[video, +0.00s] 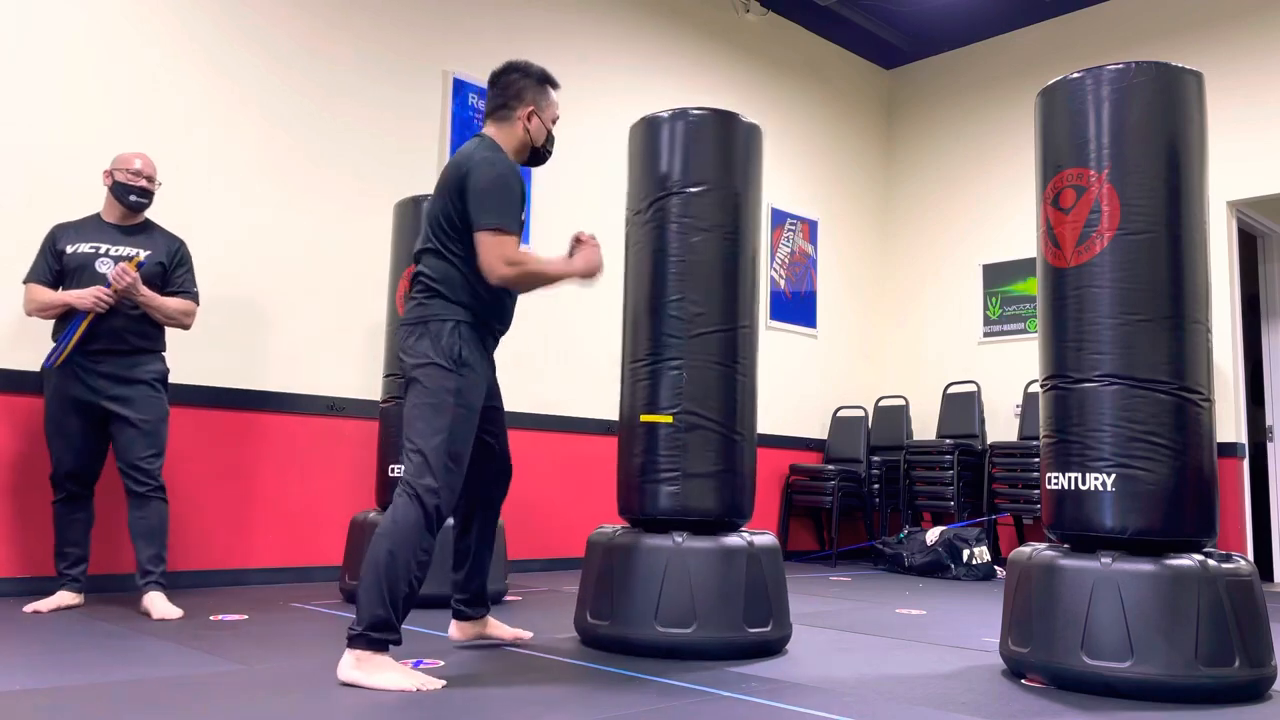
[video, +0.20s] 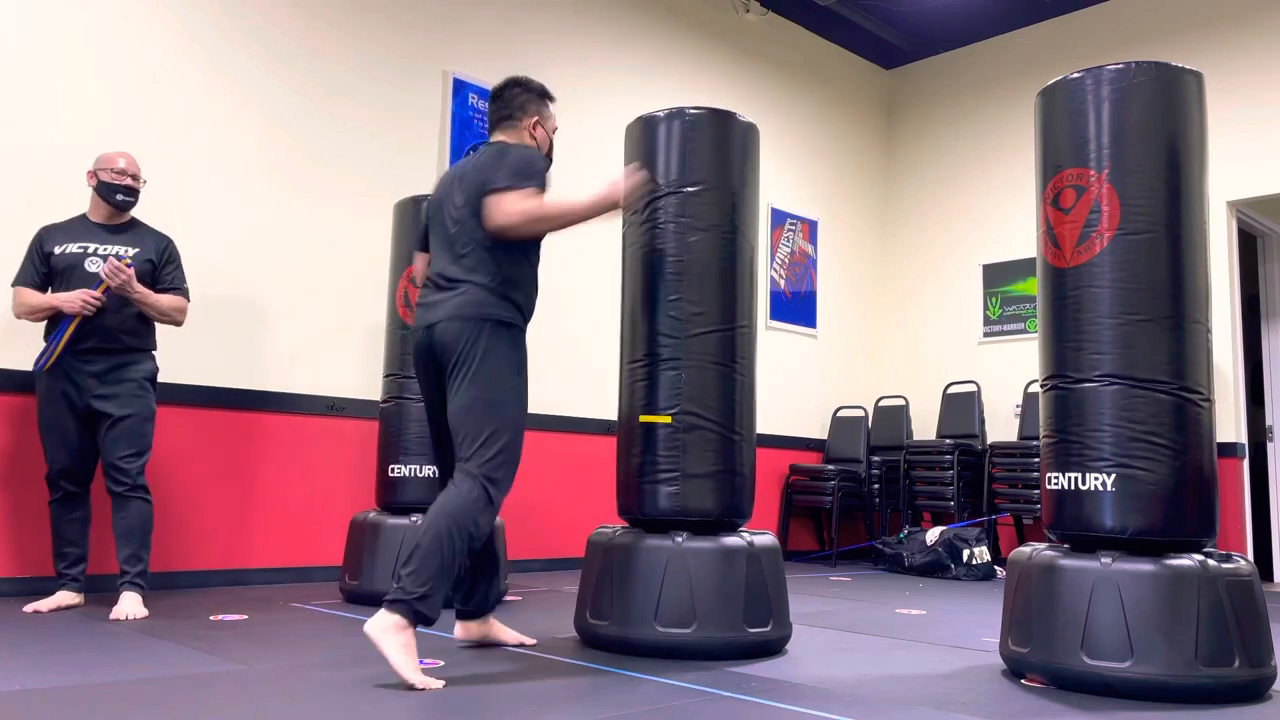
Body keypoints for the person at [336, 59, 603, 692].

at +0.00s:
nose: (554, 133)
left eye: (555, 121)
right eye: (552, 119)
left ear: (509, 113)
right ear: (528, 114)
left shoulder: (484, 164)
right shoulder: (489, 165)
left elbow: (496, 266)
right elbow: (499, 266)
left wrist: (557, 266)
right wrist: (571, 266)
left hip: (463, 339)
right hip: (445, 335)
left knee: (487, 474)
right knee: (426, 484)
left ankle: (470, 616)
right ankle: (367, 649)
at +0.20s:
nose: (553, 141)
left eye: (554, 133)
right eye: (553, 132)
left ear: (493, 125)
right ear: (536, 125)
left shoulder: (449, 179)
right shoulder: (519, 156)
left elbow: (421, 272)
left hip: (432, 327)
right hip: (482, 326)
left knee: (467, 477)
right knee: (485, 474)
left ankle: (476, 614)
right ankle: (397, 616)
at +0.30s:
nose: (544, 143)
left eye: (542, 136)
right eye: (542, 135)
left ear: (484, 131)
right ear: (530, 130)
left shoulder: (433, 178)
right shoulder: (543, 163)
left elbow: (411, 276)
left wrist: (423, 323)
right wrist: (681, 198)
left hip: (423, 322)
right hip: (489, 319)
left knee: (456, 465)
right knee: (478, 462)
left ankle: (452, 613)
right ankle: (412, 606)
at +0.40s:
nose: (543, 155)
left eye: (540, 148)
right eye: (542, 147)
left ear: (484, 142)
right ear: (530, 141)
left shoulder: (435, 186)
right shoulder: (535, 168)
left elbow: (427, 264)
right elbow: (634, 209)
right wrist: (628, 224)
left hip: (430, 330)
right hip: (492, 324)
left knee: (457, 467)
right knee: (494, 468)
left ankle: (455, 614)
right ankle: (433, 617)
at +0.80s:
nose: (544, 128)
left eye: (542, 118)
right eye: (542, 117)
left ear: (484, 118)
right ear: (526, 115)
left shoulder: (446, 179)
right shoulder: (519, 162)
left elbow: (441, 269)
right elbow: (563, 253)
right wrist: (580, 226)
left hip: (449, 331)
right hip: (486, 334)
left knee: (506, 471)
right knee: (446, 486)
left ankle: (449, 608)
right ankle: (398, 650)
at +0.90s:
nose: (549, 119)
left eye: (546, 110)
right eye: (545, 109)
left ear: (498, 111)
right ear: (525, 110)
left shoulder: (481, 163)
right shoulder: (504, 160)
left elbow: (499, 245)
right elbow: (533, 248)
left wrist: (549, 224)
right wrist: (574, 237)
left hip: (492, 345)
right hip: (481, 344)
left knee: (507, 477)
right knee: (452, 486)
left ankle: (440, 604)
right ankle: (399, 649)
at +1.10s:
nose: (550, 134)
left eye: (549, 126)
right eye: (547, 125)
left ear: (491, 125)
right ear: (532, 123)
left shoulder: (468, 180)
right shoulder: (514, 155)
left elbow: (515, 282)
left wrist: (579, 252)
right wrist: (574, 174)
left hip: (450, 329)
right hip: (493, 328)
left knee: (480, 477)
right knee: (498, 480)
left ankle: (447, 615)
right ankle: (416, 630)